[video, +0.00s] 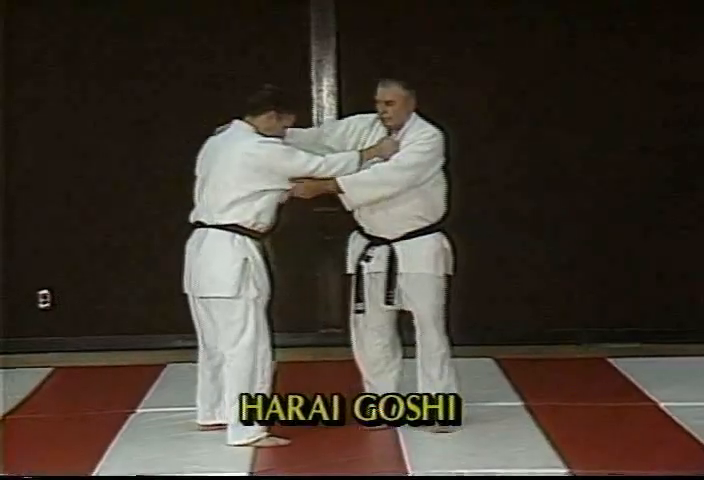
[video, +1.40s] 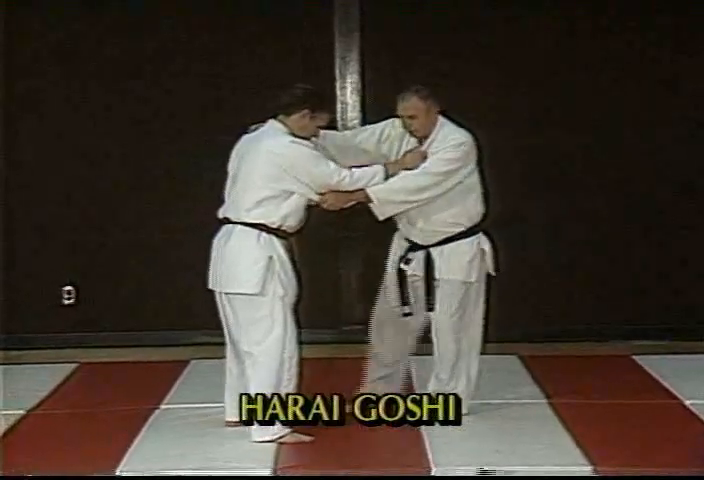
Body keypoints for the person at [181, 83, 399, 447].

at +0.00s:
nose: (286, 130)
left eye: (288, 125)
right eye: (285, 123)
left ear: (253, 114)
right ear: (269, 116)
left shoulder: (216, 141)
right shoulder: (260, 151)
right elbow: (315, 165)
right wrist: (369, 155)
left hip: (200, 247)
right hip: (233, 252)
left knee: (212, 342)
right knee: (245, 344)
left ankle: (212, 413)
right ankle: (245, 430)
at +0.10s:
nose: (292, 135)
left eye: (295, 129)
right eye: (291, 127)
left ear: (264, 117)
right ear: (275, 118)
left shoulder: (223, 140)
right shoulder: (265, 151)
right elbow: (319, 167)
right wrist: (374, 156)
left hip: (201, 246)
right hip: (233, 251)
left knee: (213, 341)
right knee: (246, 342)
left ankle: (212, 411)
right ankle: (249, 429)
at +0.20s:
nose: (296, 136)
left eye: (299, 130)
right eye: (295, 129)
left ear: (268, 117)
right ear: (280, 119)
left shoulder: (227, 140)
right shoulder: (269, 150)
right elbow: (324, 167)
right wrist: (378, 157)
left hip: (203, 245)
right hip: (235, 251)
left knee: (215, 340)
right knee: (248, 342)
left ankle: (214, 411)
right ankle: (251, 428)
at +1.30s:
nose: (318, 132)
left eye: (321, 126)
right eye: (317, 124)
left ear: (289, 114)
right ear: (301, 116)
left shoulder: (250, 139)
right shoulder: (286, 149)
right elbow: (337, 182)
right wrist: (394, 169)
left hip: (226, 244)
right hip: (255, 250)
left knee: (240, 339)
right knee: (269, 341)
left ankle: (237, 410)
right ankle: (268, 425)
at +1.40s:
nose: (319, 132)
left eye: (322, 126)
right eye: (317, 124)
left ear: (291, 114)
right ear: (302, 115)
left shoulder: (251, 139)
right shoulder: (288, 150)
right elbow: (339, 181)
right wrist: (395, 167)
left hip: (228, 245)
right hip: (257, 252)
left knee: (241, 338)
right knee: (271, 341)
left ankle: (238, 411)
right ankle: (269, 425)